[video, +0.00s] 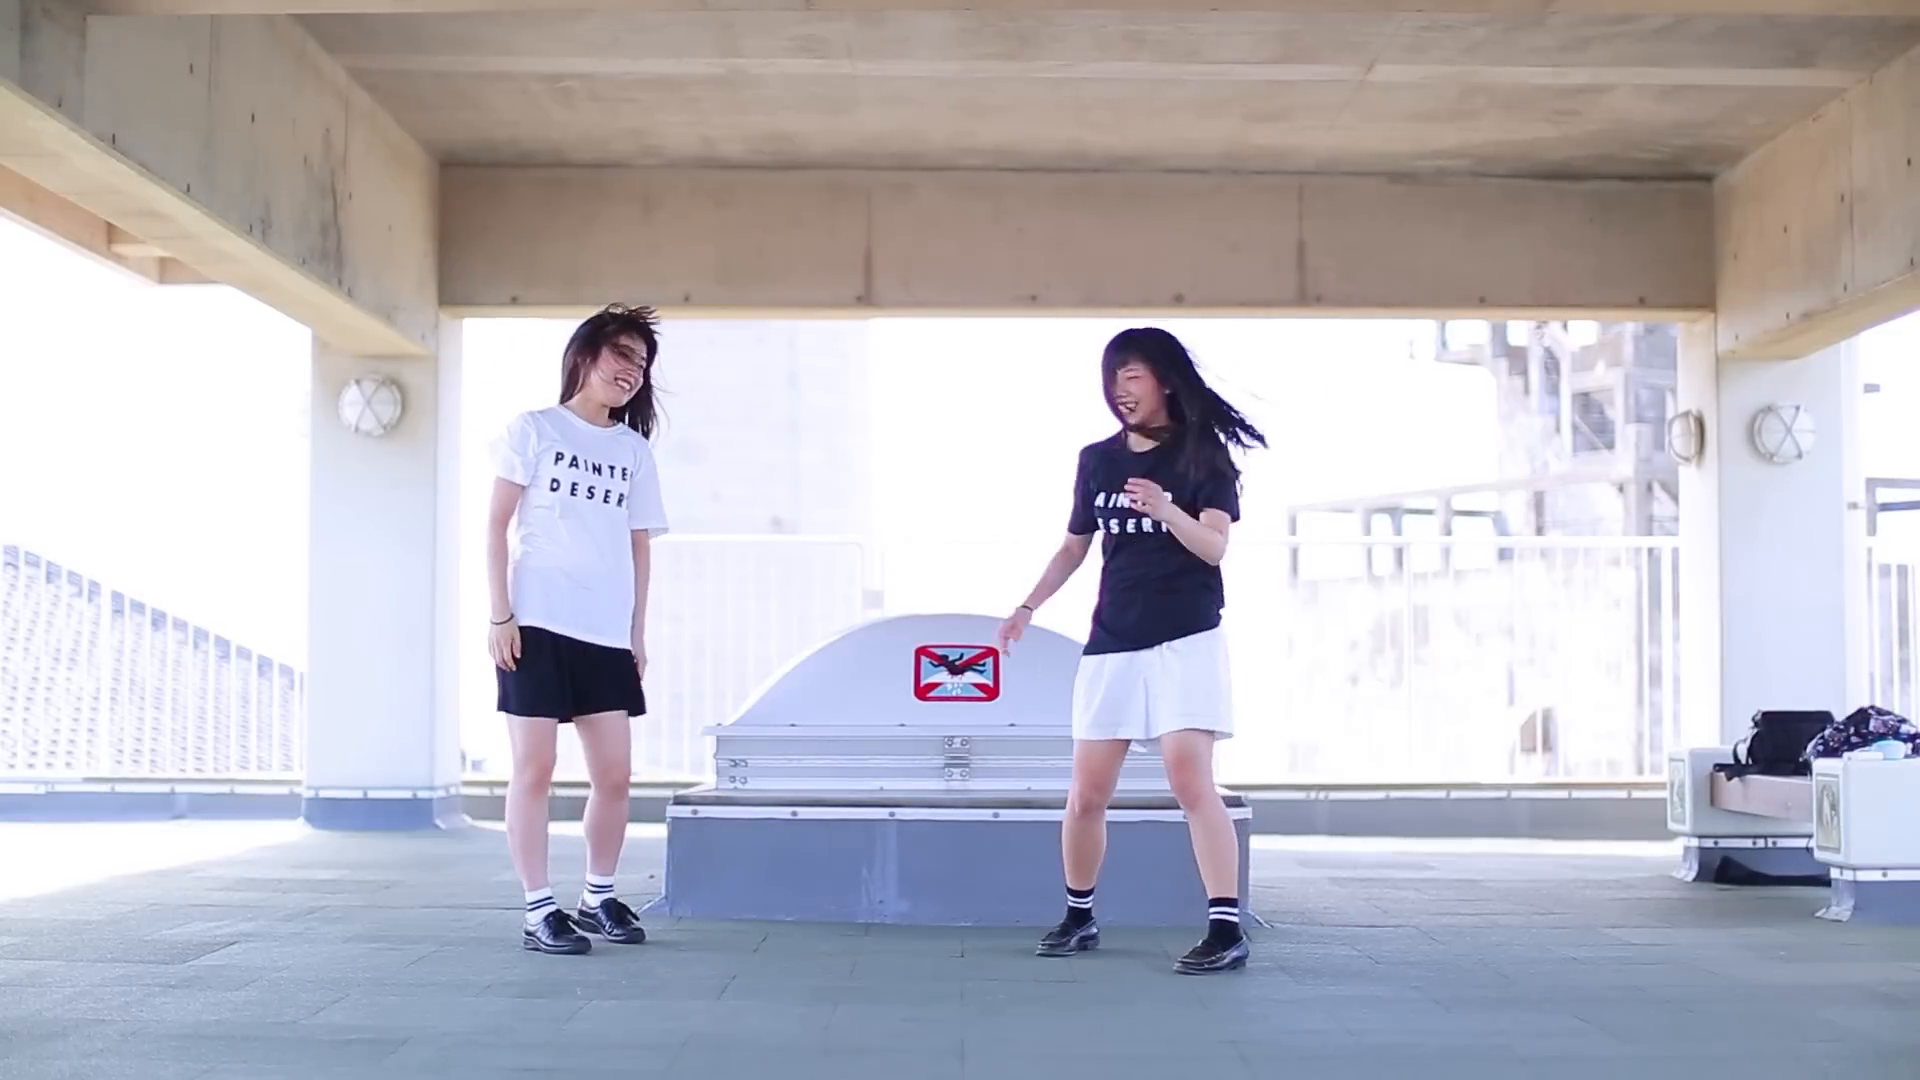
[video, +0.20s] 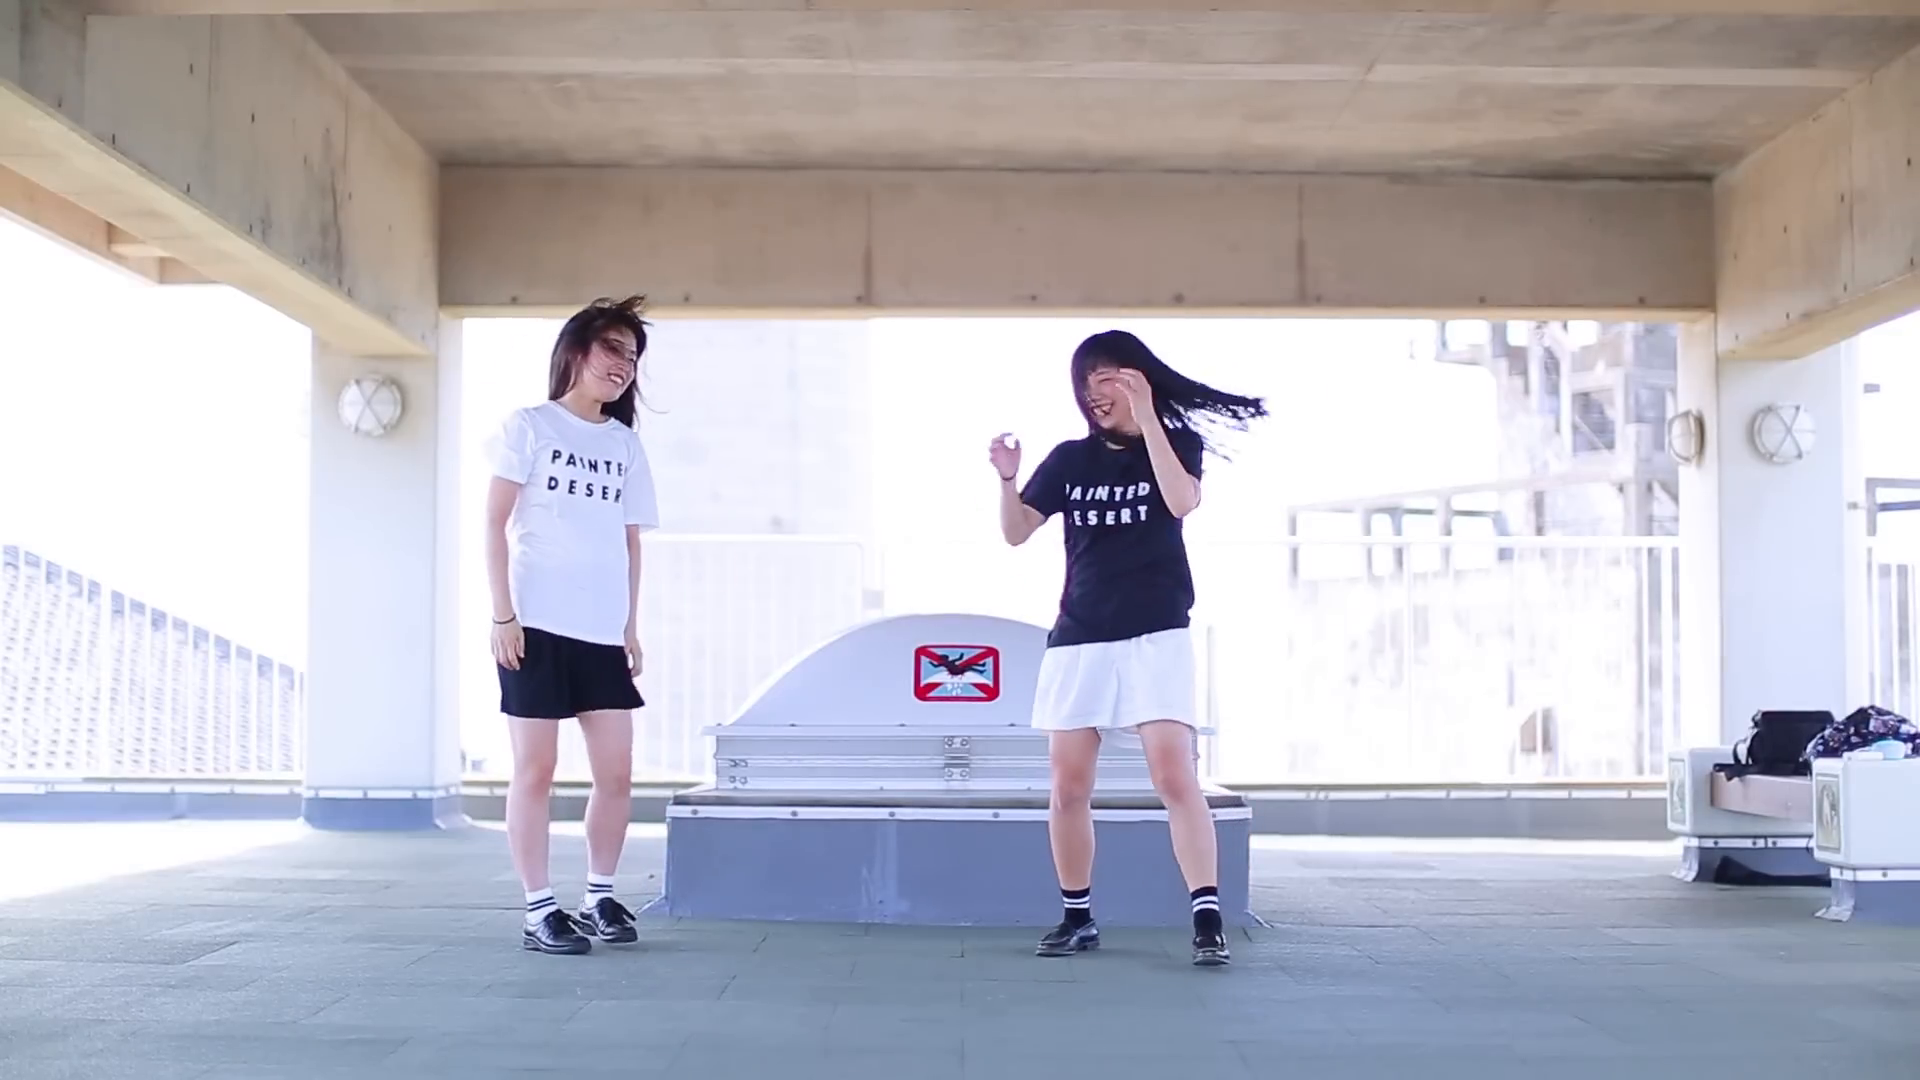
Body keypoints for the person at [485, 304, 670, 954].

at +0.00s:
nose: (627, 370)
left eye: (638, 363)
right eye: (617, 355)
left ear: (642, 377)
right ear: (584, 355)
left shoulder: (635, 450)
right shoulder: (535, 428)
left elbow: (639, 550)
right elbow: (497, 526)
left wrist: (637, 636)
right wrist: (501, 614)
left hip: (607, 634)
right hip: (536, 624)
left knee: (614, 776)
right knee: (534, 772)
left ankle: (600, 897)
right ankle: (539, 909)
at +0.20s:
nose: (617, 364)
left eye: (628, 356)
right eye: (606, 348)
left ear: (633, 369)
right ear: (574, 351)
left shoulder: (626, 444)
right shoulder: (530, 425)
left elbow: (630, 542)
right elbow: (495, 523)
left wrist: (630, 629)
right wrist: (503, 615)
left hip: (605, 633)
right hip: (536, 627)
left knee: (615, 776)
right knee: (535, 773)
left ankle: (601, 898)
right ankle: (541, 910)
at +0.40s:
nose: (617, 362)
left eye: (628, 355)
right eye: (607, 346)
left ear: (633, 368)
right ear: (574, 346)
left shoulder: (628, 440)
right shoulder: (526, 423)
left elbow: (635, 538)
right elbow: (502, 522)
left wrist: (633, 625)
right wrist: (515, 609)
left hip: (606, 629)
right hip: (540, 624)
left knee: (601, 773)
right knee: (539, 772)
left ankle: (596, 906)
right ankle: (541, 911)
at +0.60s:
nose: (628, 366)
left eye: (638, 364)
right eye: (620, 351)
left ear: (637, 381)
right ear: (587, 348)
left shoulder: (632, 444)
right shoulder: (526, 418)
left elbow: (639, 542)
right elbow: (497, 517)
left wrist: (638, 630)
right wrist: (510, 607)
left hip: (605, 632)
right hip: (537, 625)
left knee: (596, 773)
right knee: (536, 772)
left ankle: (594, 906)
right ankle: (541, 911)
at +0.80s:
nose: (631, 371)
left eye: (642, 372)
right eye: (626, 355)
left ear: (639, 387)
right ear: (594, 349)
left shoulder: (633, 447)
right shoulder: (527, 415)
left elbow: (633, 548)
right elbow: (492, 512)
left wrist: (627, 634)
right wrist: (490, 604)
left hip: (600, 629)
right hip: (530, 621)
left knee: (596, 773)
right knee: (535, 772)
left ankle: (595, 906)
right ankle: (541, 911)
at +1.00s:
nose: (629, 367)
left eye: (640, 368)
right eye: (623, 352)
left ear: (637, 385)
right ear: (590, 348)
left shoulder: (632, 447)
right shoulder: (524, 416)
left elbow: (632, 546)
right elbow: (488, 514)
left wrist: (627, 632)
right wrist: (489, 604)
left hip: (601, 629)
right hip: (531, 620)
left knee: (596, 773)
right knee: (535, 772)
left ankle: (595, 906)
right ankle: (541, 911)